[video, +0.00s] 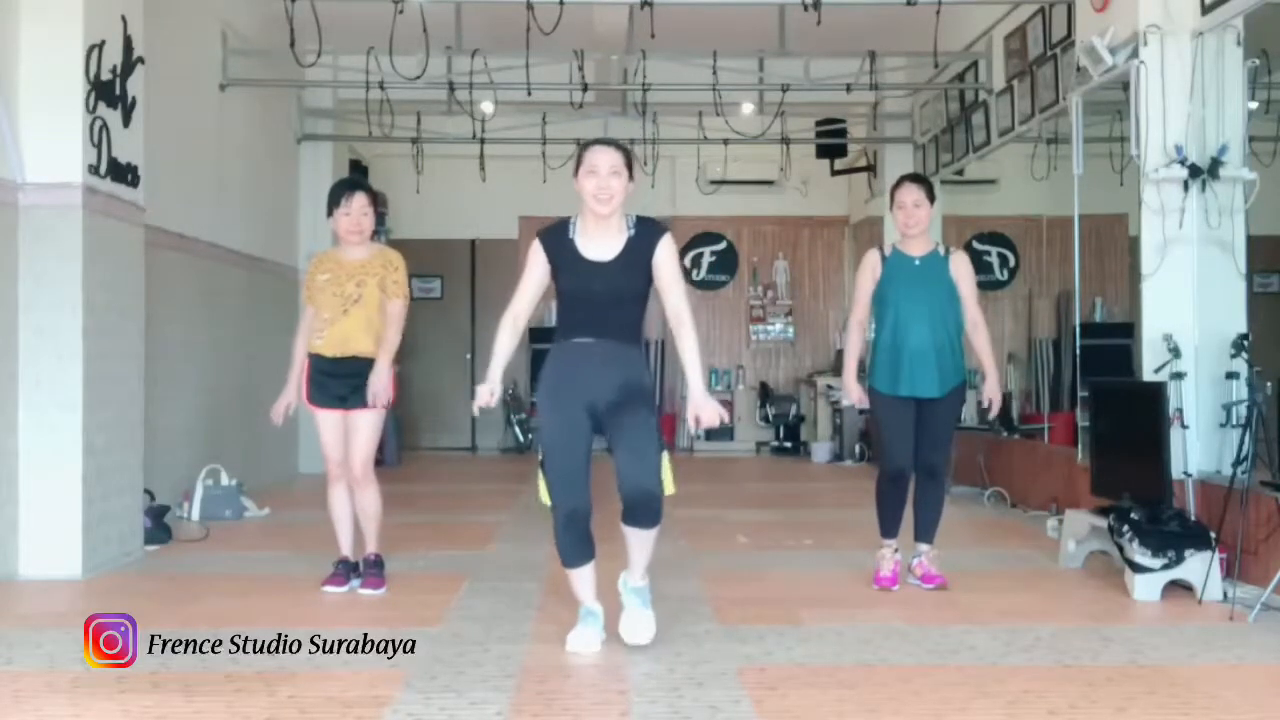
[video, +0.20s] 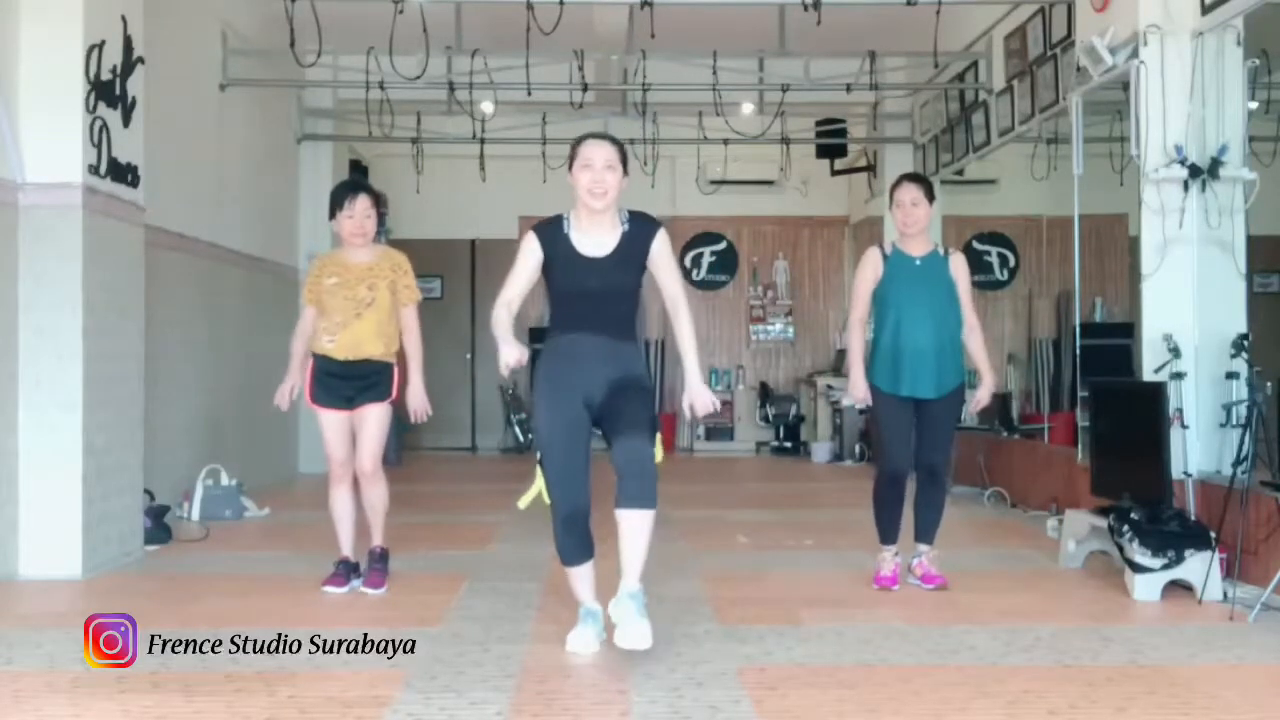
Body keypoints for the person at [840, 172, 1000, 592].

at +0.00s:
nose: (908, 214)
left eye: (917, 205)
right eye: (901, 206)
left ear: (932, 210)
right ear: (891, 212)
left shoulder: (955, 260)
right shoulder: (876, 260)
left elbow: (974, 321)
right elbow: (858, 320)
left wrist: (991, 374)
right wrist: (849, 375)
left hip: (944, 385)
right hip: (890, 385)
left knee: (933, 468)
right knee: (896, 466)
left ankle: (923, 555)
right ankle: (888, 552)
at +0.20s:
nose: (907, 212)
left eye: (915, 204)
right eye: (899, 205)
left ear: (931, 210)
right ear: (890, 211)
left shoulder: (953, 261)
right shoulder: (876, 258)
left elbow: (969, 322)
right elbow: (857, 319)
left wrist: (986, 374)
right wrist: (856, 374)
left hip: (944, 385)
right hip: (890, 384)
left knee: (934, 469)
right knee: (894, 467)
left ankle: (923, 556)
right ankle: (887, 554)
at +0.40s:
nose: (905, 210)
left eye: (913, 202)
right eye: (898, 202)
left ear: (930, 206)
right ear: (889, 209)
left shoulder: (952, 257)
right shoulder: (875, 255)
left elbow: (968, 317)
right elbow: (861, 315)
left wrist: (984, 368)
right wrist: (871, 365)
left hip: (940, 381)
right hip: (889, 380)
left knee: (931, 467)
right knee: (886, 466)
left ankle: (922, 554)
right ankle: (887, 553)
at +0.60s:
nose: (904, 210)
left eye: (912, 201)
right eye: (896, 203)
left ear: (929, 206)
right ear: (887, 209)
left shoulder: (950, 259)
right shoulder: (874, 256)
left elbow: (966, 320)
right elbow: (859, 317)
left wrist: (983, 370)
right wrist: (874, 364)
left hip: (938, 383)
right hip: (887, 381)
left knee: (929, 467)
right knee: (886, 466)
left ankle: (922, 555)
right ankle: (886, 554)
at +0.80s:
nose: (902, 208)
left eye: (910, 200)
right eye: (895, 201)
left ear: (928, 206)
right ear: (886, 208)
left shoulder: (950, 259)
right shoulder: (872, 255)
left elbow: (968, 320)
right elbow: (855, 318)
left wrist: (979, 375)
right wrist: (855, 374)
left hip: (936, 383)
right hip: (883, 382)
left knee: (928, 467)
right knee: (884, 467)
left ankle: (921, 555)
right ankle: (886, 554)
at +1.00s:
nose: (897, 212)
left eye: (906, 205)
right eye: (891, 205)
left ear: (923, 209)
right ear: (883, 210)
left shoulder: (943, 262)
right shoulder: (864, 258)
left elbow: (954, 325)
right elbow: (844, 320)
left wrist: (964, 381)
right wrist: (837, 376)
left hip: (927, 384)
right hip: (870, 383)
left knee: (926, 468)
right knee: (880, 465)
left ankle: (921, 554)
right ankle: (885, 555)